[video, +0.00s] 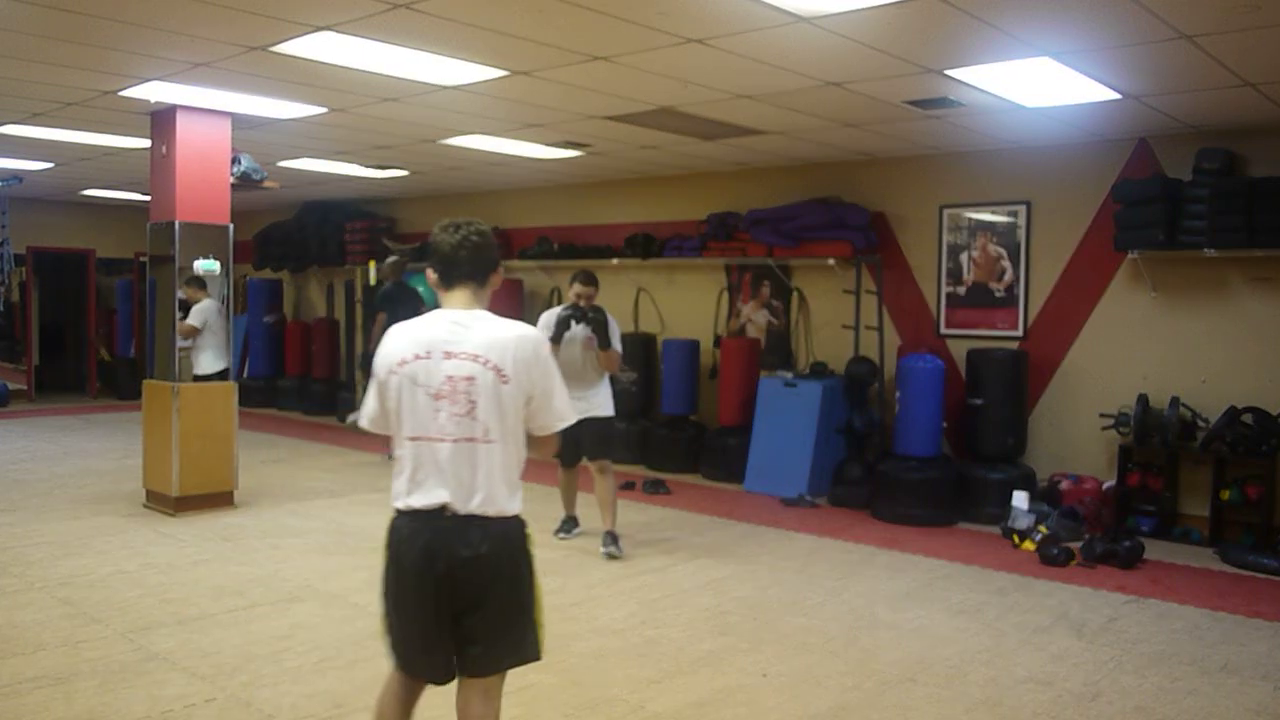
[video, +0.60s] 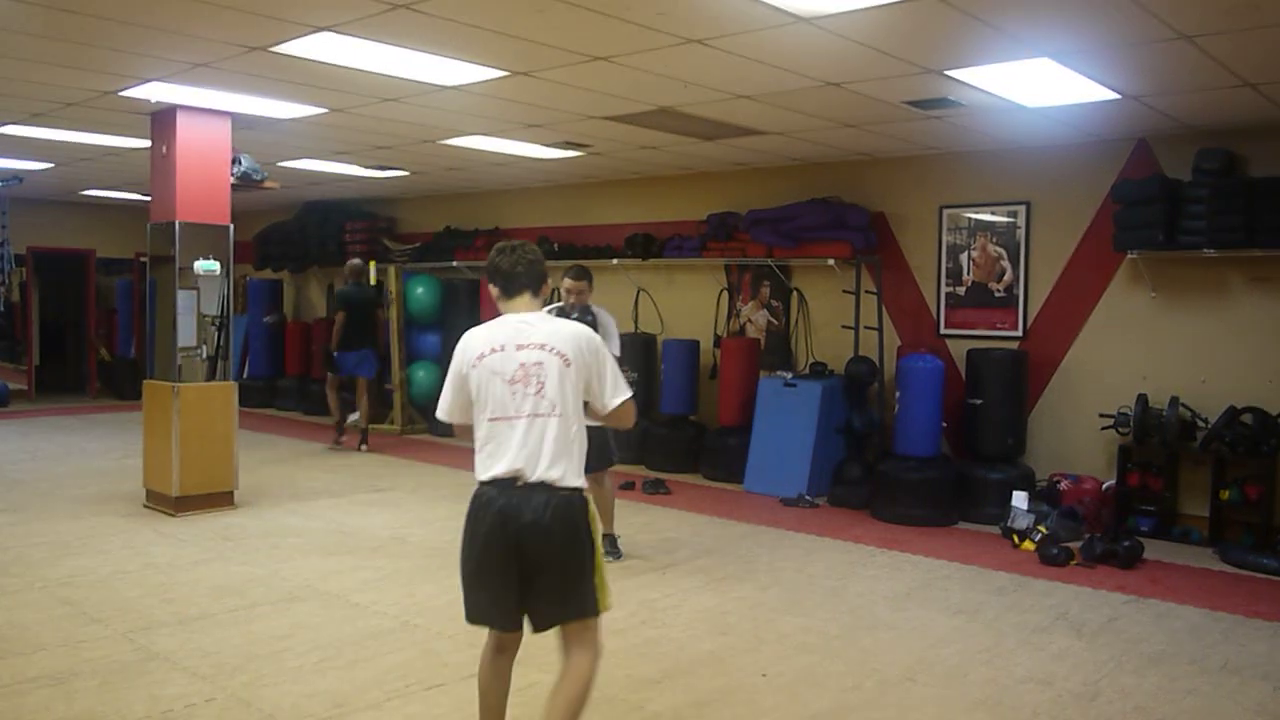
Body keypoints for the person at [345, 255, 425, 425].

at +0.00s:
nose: (380, 271)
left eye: (383, 267)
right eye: (382, 267)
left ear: (390, 270)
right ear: (400, 271)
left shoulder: (386, 292)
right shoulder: (412, 291)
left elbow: (381, 320)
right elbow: (423, 313)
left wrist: (372, 346)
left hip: (389, 343)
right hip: (409, 342)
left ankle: (366, 410)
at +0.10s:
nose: (377, 275)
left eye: (378, 272)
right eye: (379, 271)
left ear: (381, 273)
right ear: (397, 273)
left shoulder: (377, 294)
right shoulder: (407, 294)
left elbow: (371, 321)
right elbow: (418, 318)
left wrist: (361, 339)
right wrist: (415, 337)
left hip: (384, 350)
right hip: (407, 349)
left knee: (388, 395)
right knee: (404, 393)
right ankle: (397, 437)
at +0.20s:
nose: (371, 276)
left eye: (373, 273)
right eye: (374, 272)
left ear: (375, 275)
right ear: (390, 275)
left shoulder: (369, 297)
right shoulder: (400, 296)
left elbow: (361, 325)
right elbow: (411, 321)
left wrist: (350, 343)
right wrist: (411, 344)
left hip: (378, 351)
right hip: (398, 350)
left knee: (384, 396)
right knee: (382, 394)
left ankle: (396, 442)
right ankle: (371, 434)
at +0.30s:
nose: (365, 276)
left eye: (367, 273)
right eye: (368, 272)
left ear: (368, 276)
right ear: (383, 276)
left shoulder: (362, 297)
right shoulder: (393, 298)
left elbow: (356, 326)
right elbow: (402, 326)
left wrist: (340, 345)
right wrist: (403, 352)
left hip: (369, 353)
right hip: (389, 352)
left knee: (373, 398)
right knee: (373, 397)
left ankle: (391, 436)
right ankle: (365, 438)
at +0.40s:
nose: (358, 273)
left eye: (360, 270)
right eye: (361, 269)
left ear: (362, 274)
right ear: (378, 274)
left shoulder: (357, 295)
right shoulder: (386, 295)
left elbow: (351, 320)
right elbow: (396, 322)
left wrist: (343, 340)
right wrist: (398, 346)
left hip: (361, 350)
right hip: (381, 349)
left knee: (354, 392)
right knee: (372, 392)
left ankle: (373, 421)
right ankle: (365, 436)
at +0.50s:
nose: (352, 273)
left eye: (354, 271)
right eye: (356, 270)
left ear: (355, 273)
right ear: (371, 274)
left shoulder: (349, 294)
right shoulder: (380, 294)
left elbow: (345, 321)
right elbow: (389, 321)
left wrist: (338, 345)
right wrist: (390, 345)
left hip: (353, 348)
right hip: (375, 347)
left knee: (342, 389)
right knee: (366, 391)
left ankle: (353, 413)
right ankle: (364, 436)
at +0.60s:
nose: (345, 274)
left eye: (346, 271)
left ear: (347, 274)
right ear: (364, 274)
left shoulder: (342, 293)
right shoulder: (373, 293)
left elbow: (340, 320)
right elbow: (381, 318)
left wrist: (333, 345)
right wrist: (379, 343)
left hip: (346, 346)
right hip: (367, 346)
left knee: (332, 386)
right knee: (363, 391)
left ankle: (339, 424)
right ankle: (364, 437)